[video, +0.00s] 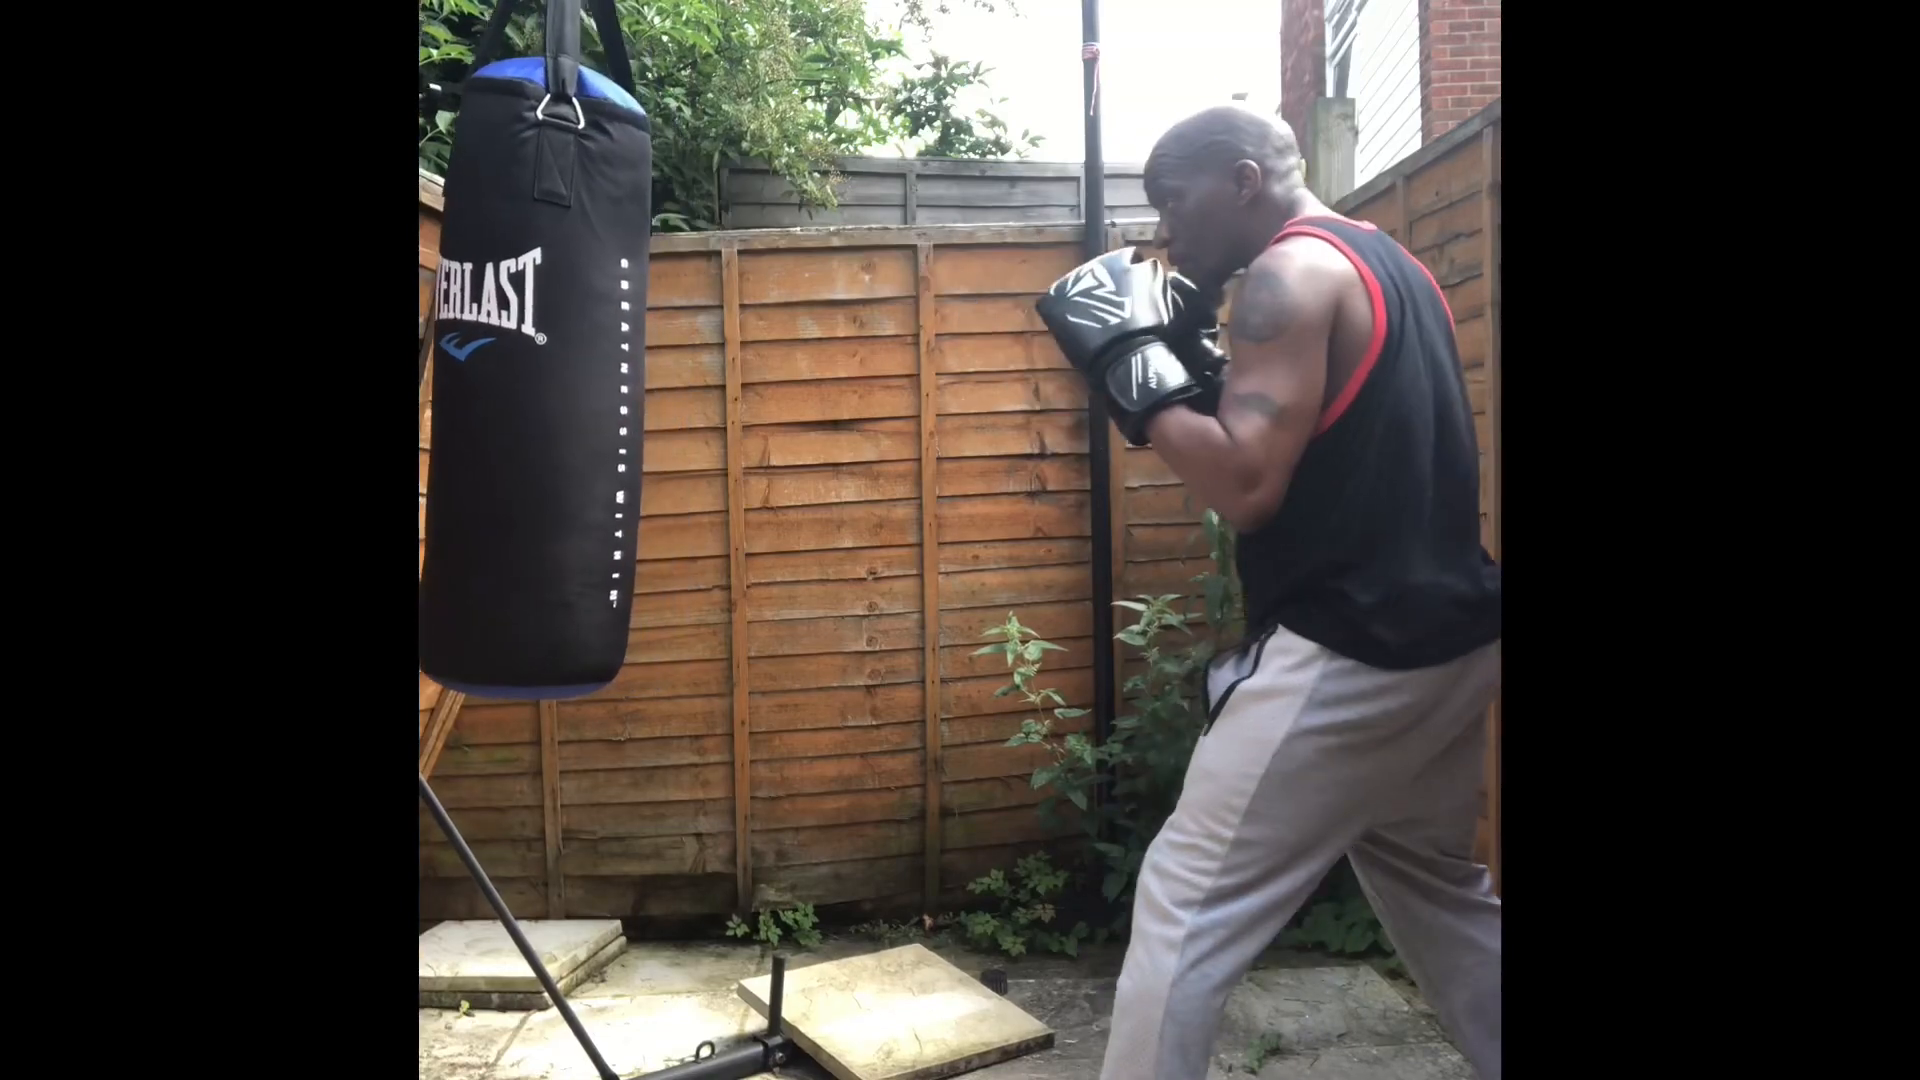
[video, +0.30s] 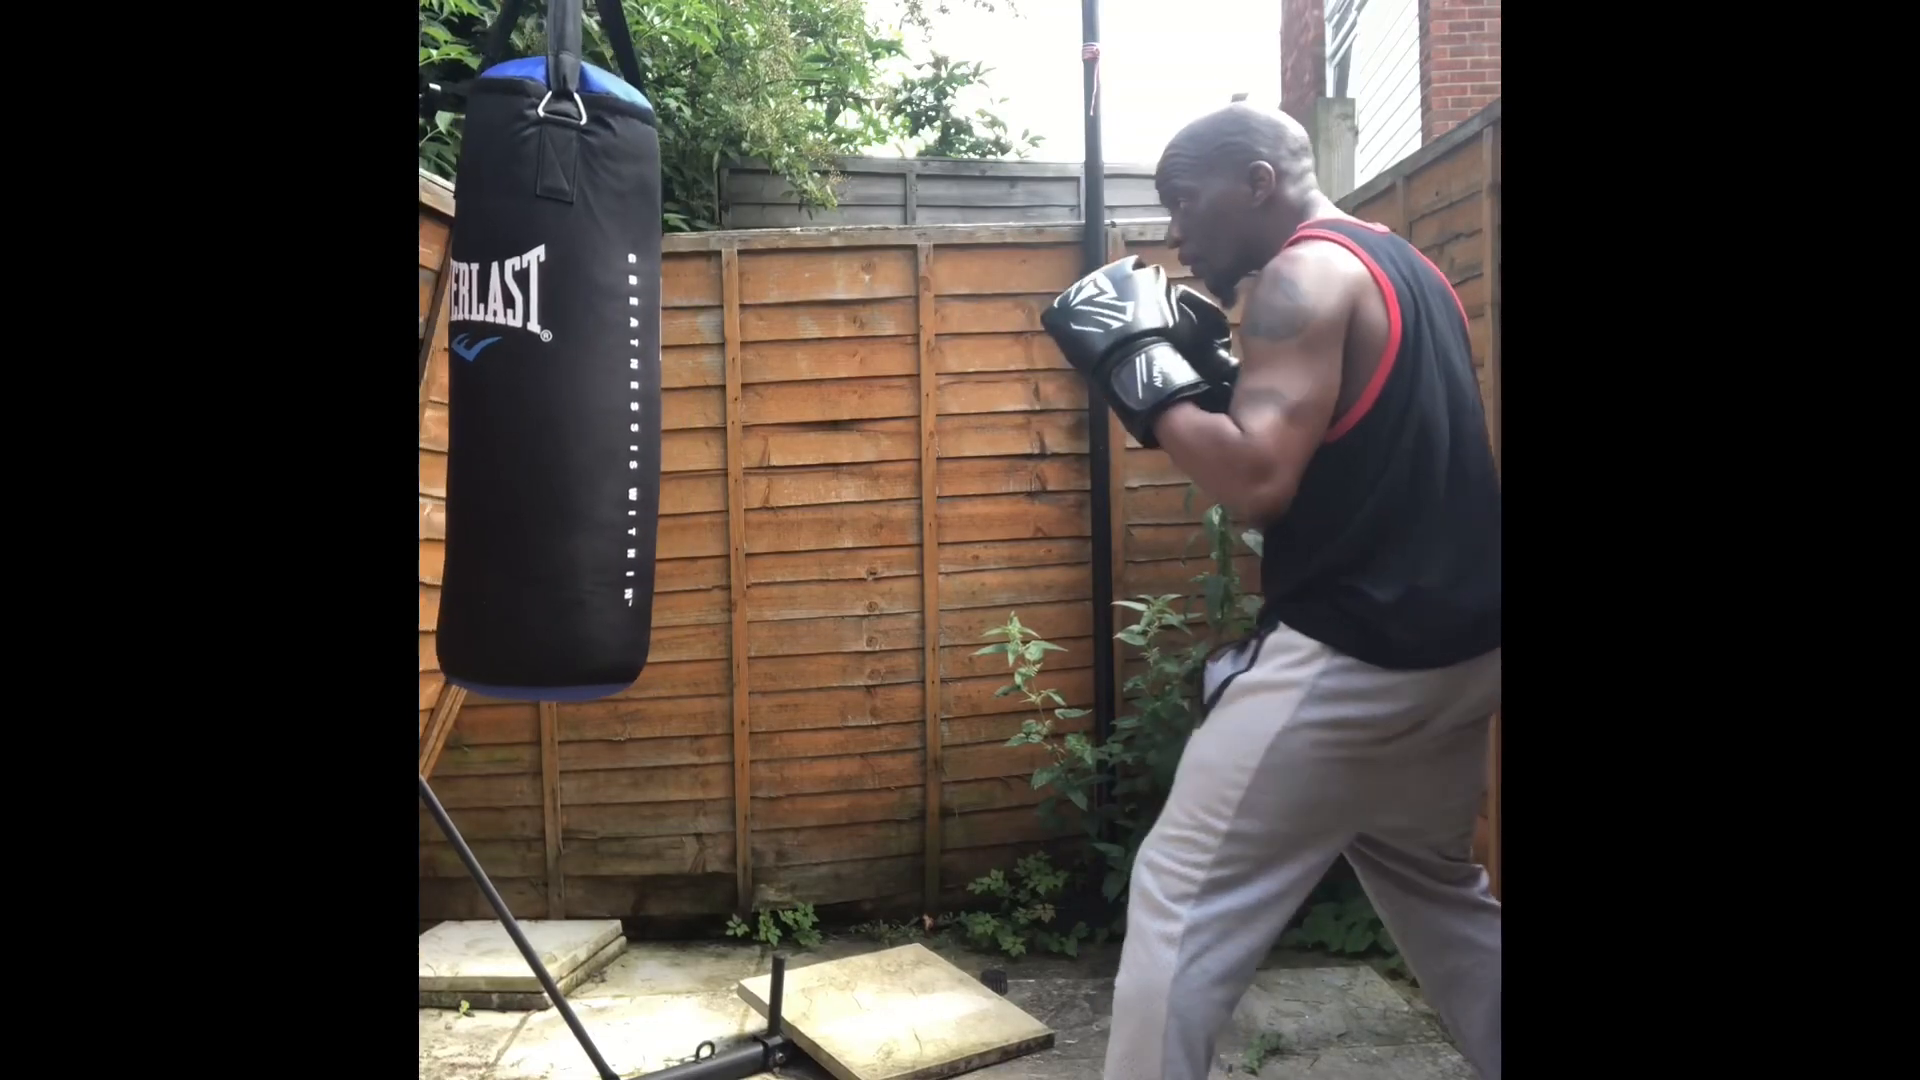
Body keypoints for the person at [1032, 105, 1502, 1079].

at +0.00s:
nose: (1165, 232)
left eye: (1172, 204)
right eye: (1159, 208)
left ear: (1248, 183)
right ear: (1261, 183)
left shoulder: (1290, 274)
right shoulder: (1378, 254)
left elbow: (1241, 486)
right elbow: (1326, 444)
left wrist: (1125, 363)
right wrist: (1194, 366)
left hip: (1350, 641)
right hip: (1454, 624)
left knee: (1187, 900)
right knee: (1435, 882)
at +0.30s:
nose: (1177, 238)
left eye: (1184, 206)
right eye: (1171, 212)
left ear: (1260, 185)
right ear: (1277, 189)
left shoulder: (1305, 277)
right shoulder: (1392, 259)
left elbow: (1253, 479)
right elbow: (1363, 438)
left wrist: (1131, 367)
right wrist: (1215, 367)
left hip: (1355, 640)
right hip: (1461, 628)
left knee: (1184, 889)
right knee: (1434, 880)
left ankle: (1147, 1068)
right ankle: (1499, 1056)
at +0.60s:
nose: (1029, 203)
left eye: (1047, 173)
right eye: (1022, 181)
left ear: (1134, 157)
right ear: (1140, 165)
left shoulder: (1172, 253)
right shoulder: (1211, 235)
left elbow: (1057, 441)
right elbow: (1198, 403)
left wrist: (910, 341)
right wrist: (1060, 336)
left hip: (1259, 644)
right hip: (1333, 626)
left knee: (1076, 884)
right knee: (1404, 901)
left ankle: (1065, 1069)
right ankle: (1497, 1051)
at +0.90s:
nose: (1024, 245)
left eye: (1028, 213)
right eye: (1016, 220)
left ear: (1103, 183)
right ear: (1117, 186)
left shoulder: (1170, 270)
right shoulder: (1214, 250)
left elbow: (1130, 497)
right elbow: (1176, 457)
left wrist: (992, 378)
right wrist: (1054, 385)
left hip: (1247, 661)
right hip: (1312, 637)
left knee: (1057, 895)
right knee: (1321, 888)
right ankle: (1491, 1048)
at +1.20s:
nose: (1149, 241)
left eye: (1157, 211)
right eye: (1143, 217)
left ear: (1236, 186)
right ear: (1251, 185)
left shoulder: (1276, 270)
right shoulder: (1371, 251)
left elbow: (1244, 489)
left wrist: (1119, 373)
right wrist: (1176, 347)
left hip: (1317, 664)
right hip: (1425, 642)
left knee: (1135, 895)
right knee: (1421, 898)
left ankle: (1097, 1071)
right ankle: (1494, 1057)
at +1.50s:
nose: (1178, 242)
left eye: (1184, 208)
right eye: (1171, 216)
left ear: (1261, 180)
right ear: (1277, 183)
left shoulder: (1303, 267)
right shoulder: (1399, 251)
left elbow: (1275, 481)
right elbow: (1353, 440)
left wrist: (1143, 372)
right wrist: (1210, 358)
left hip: (1340, 663)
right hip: (1443, 644)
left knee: (1162, 903)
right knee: (1426, 902)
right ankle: (1496, 1060)